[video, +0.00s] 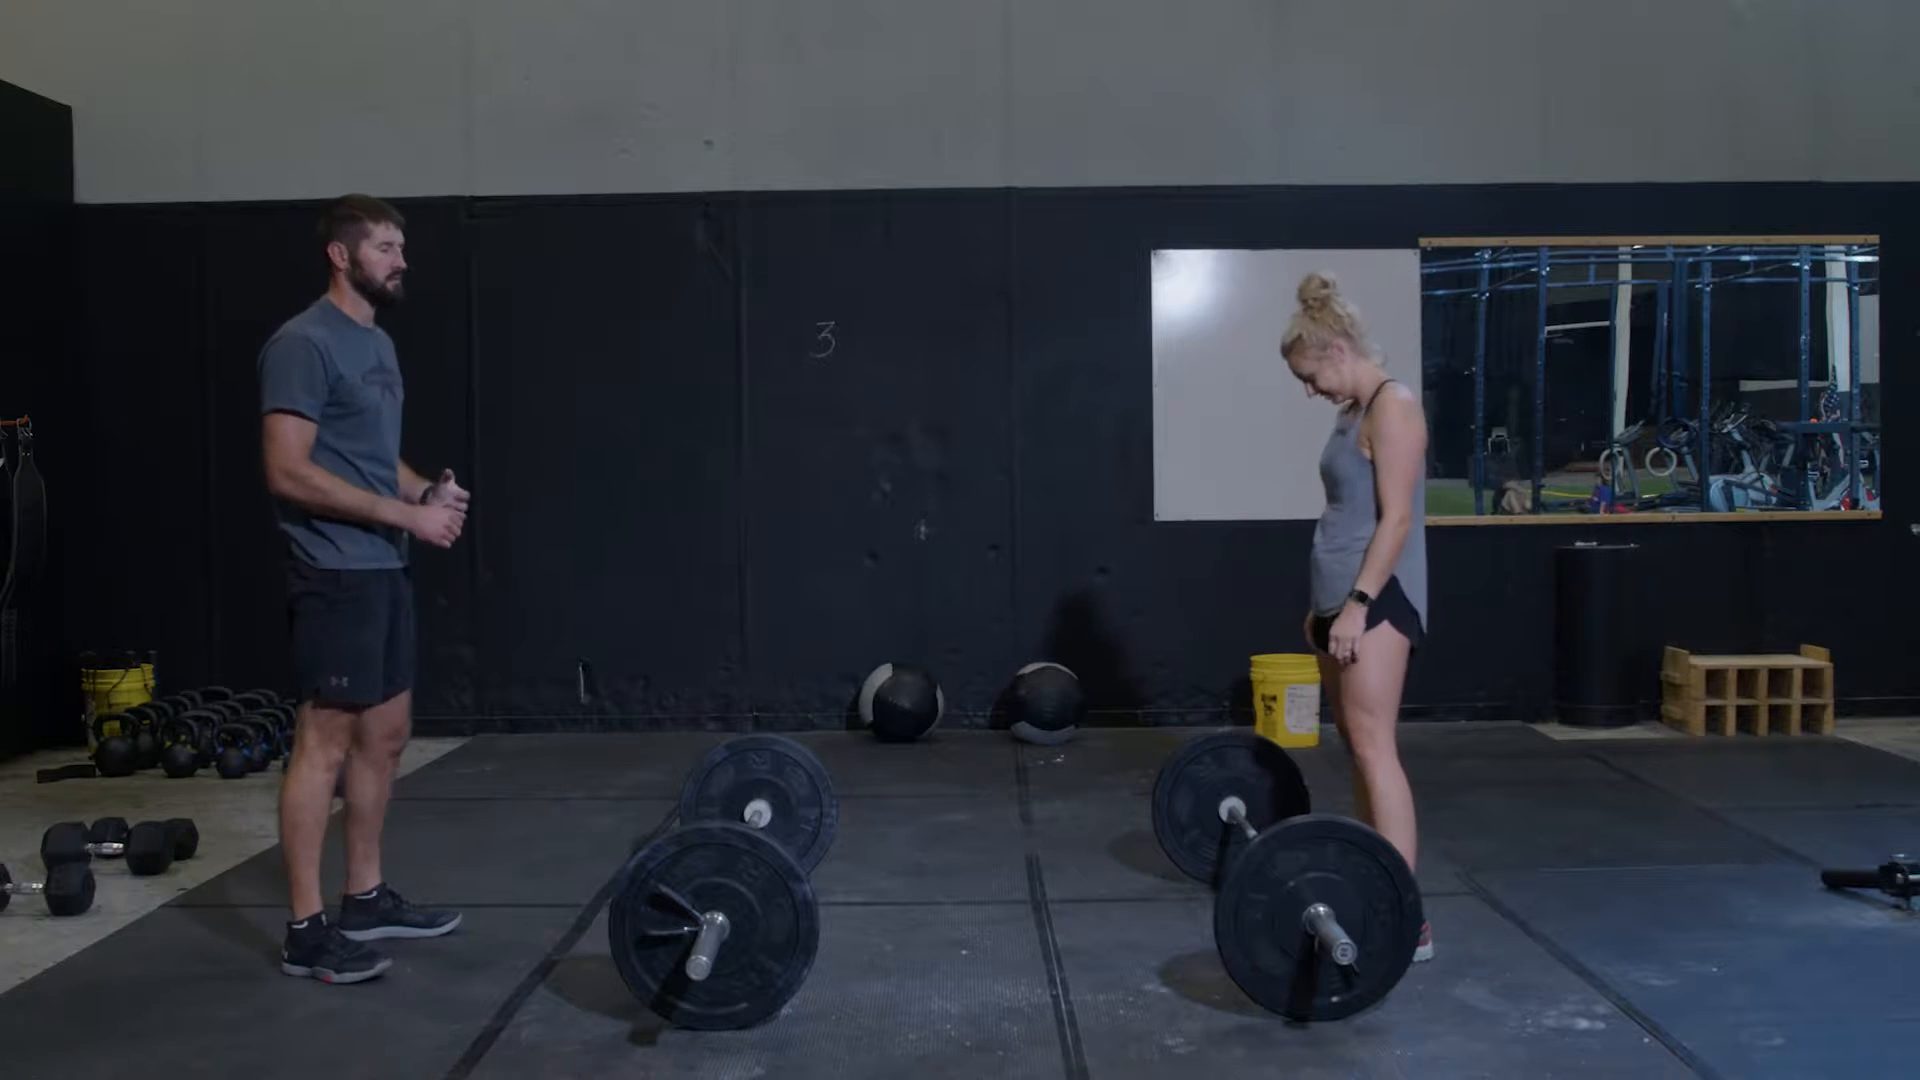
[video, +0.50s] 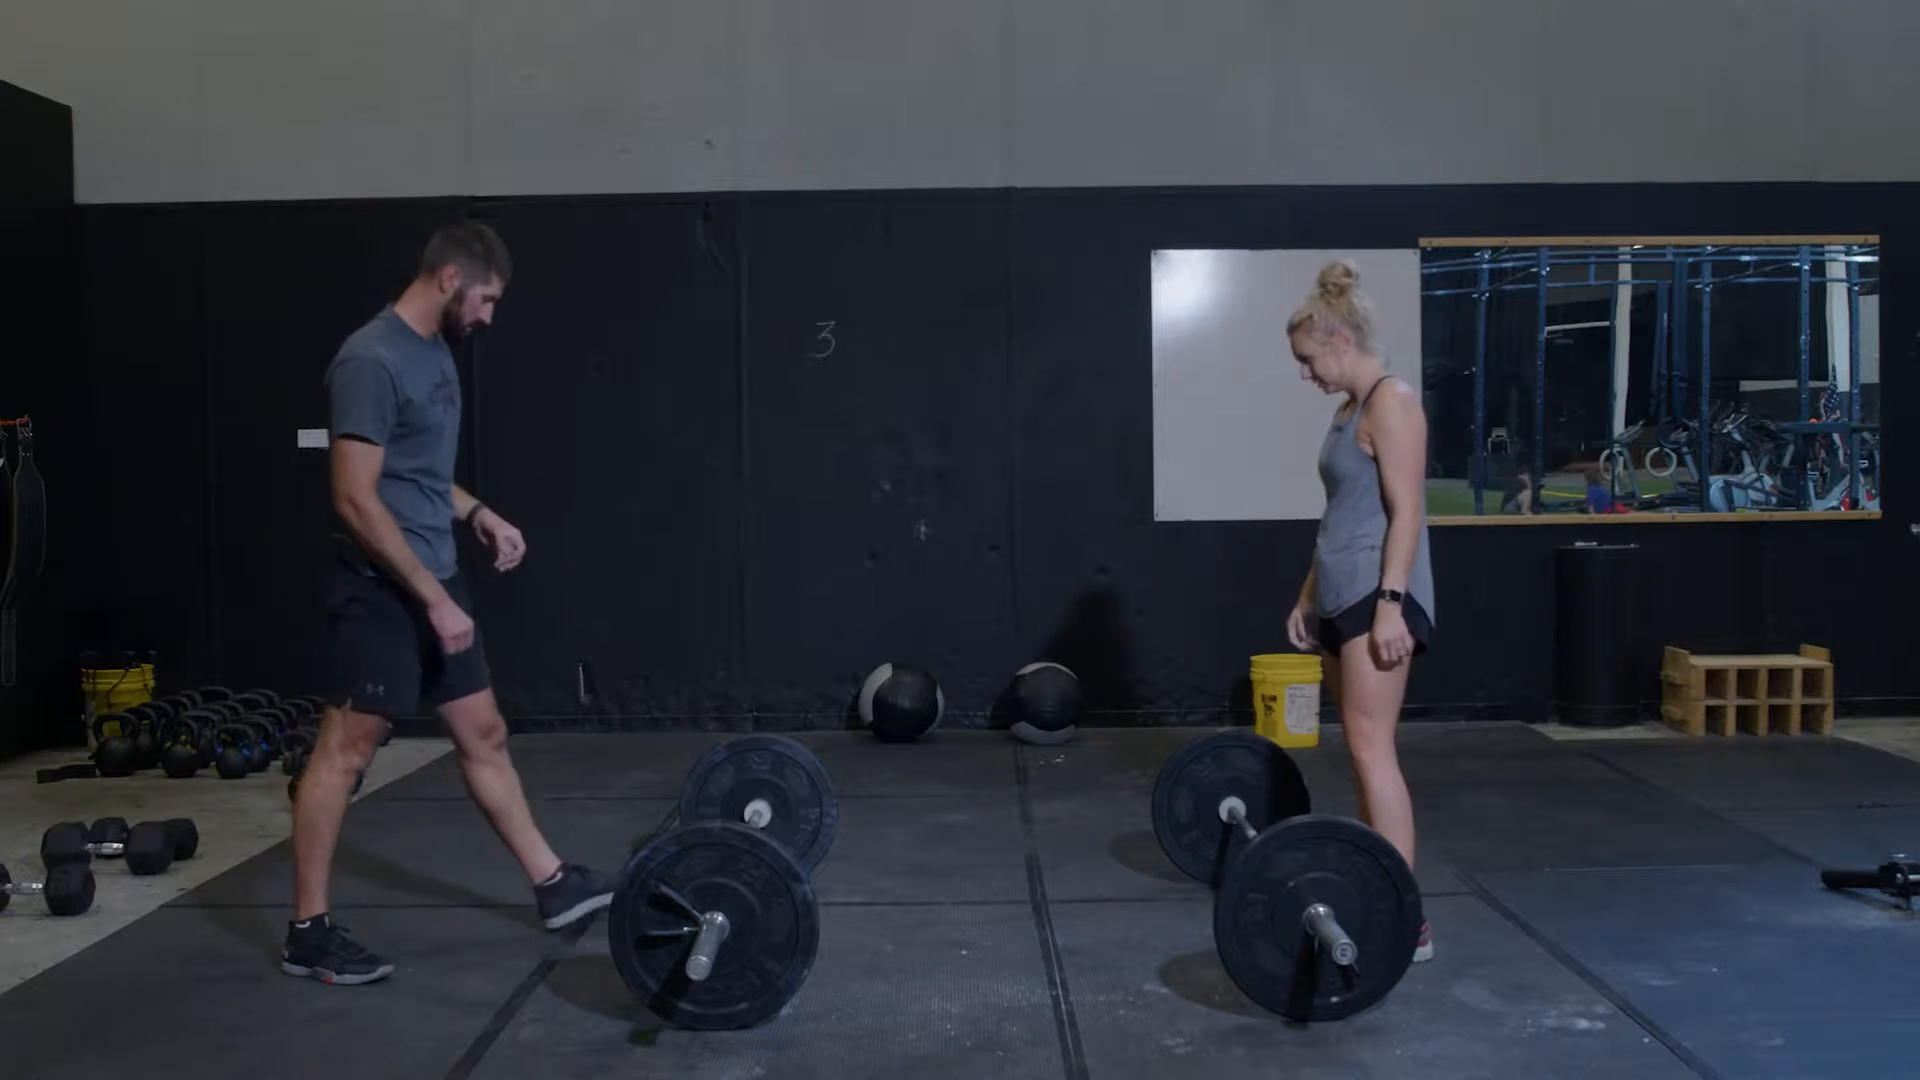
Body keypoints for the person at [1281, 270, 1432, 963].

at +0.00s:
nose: (1313, 389)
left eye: (1313, 375)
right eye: (1305, 381)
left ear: (1342, 347)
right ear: (1332, 354)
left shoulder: (1393, 407)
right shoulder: (1357, 412)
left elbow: (1397, 519)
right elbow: (1346, 518)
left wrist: (1357, 604)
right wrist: (1327, 603)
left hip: (1377, 598)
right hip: (1345, 596)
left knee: (1373, 745)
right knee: (1362, 744)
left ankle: (1402, 911)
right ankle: (1382, 900)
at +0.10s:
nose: (1309, 392)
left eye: (1308, 378)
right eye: (1302, 383)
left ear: (1336, 349)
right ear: (1329, 354)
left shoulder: (1395, 407)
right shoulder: (1352, 412)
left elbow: (1405, 519)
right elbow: (1341, 520)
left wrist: (1372, 610)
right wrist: (1317, 597)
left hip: (1380, 599)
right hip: (1342, 598)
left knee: (1376, 744)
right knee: (1358, 743)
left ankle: (1404, 912)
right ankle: (1371, 894)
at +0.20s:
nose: (1308, 391)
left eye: (1307, 377)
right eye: (1301, 382)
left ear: (1335, 349)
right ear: (1328, 354)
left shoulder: (1395, 406)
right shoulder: (1350, 412)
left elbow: (1408, 516)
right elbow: (1339, 520)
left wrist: (1388, 607)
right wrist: (1311, 594)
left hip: (1378, 598)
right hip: (1340, 598)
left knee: (1376, 745)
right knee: (1359, 745)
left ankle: (1404, 912)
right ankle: (1371, 895)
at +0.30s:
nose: (1306, 387)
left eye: (1305, 372)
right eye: (1300, 376)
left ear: (1335, 347)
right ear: (1329, 351)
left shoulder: (1395, 404)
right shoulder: (1349, 411)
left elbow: (1411, 513)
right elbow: (1338, 521)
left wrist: (1397, 604)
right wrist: (1307, 594)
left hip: (1378, 594)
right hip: (1341, 594)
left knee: (1374, 745)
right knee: (1361, 745)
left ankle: (1403, 912)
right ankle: (1375, 897)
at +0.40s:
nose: (1306, 380)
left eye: (1306, 366)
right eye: (1300, 370)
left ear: (1337, 343)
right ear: (1332, 347)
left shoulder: (1394, 403)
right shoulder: (1350, 410)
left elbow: (1410, 510)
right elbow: (1339, 520)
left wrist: (1399, 603)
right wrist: (1306, 593)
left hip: (1378, 594)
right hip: (1342, 594)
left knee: (1372, 749)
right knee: (1363, 749)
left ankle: (1402, 912)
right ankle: (1381, 902)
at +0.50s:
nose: (1305, 372)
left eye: (1306, 359)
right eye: (1300, 362)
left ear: (1340, 339)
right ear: (1334, 342)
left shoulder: (1392, 401)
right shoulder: (1351, 410)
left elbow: (1407, 509)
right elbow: (1340, 521)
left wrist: (1390, 602)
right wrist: (1310, 595)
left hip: (1377, 595)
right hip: (1344, 595)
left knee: (1371, 748)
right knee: (1363, 748)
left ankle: (1400, 913)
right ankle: (1381, 903)